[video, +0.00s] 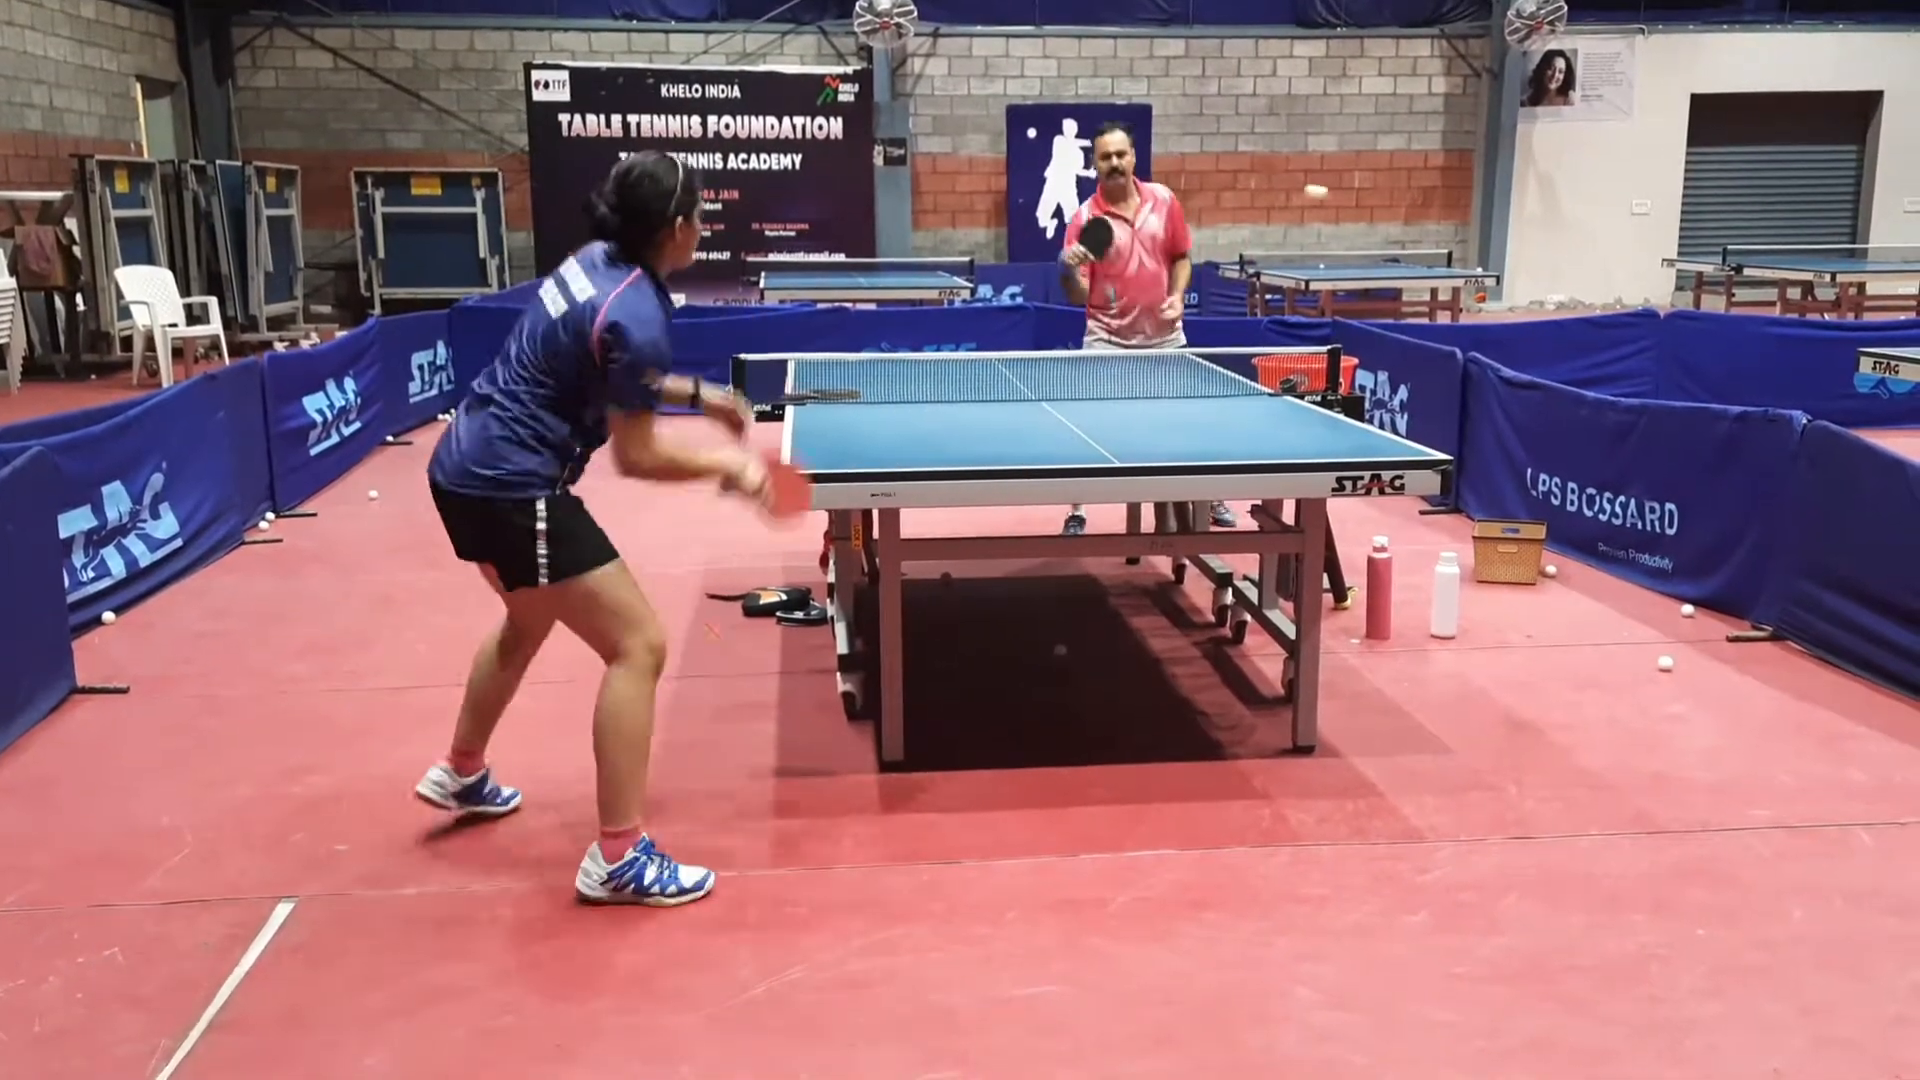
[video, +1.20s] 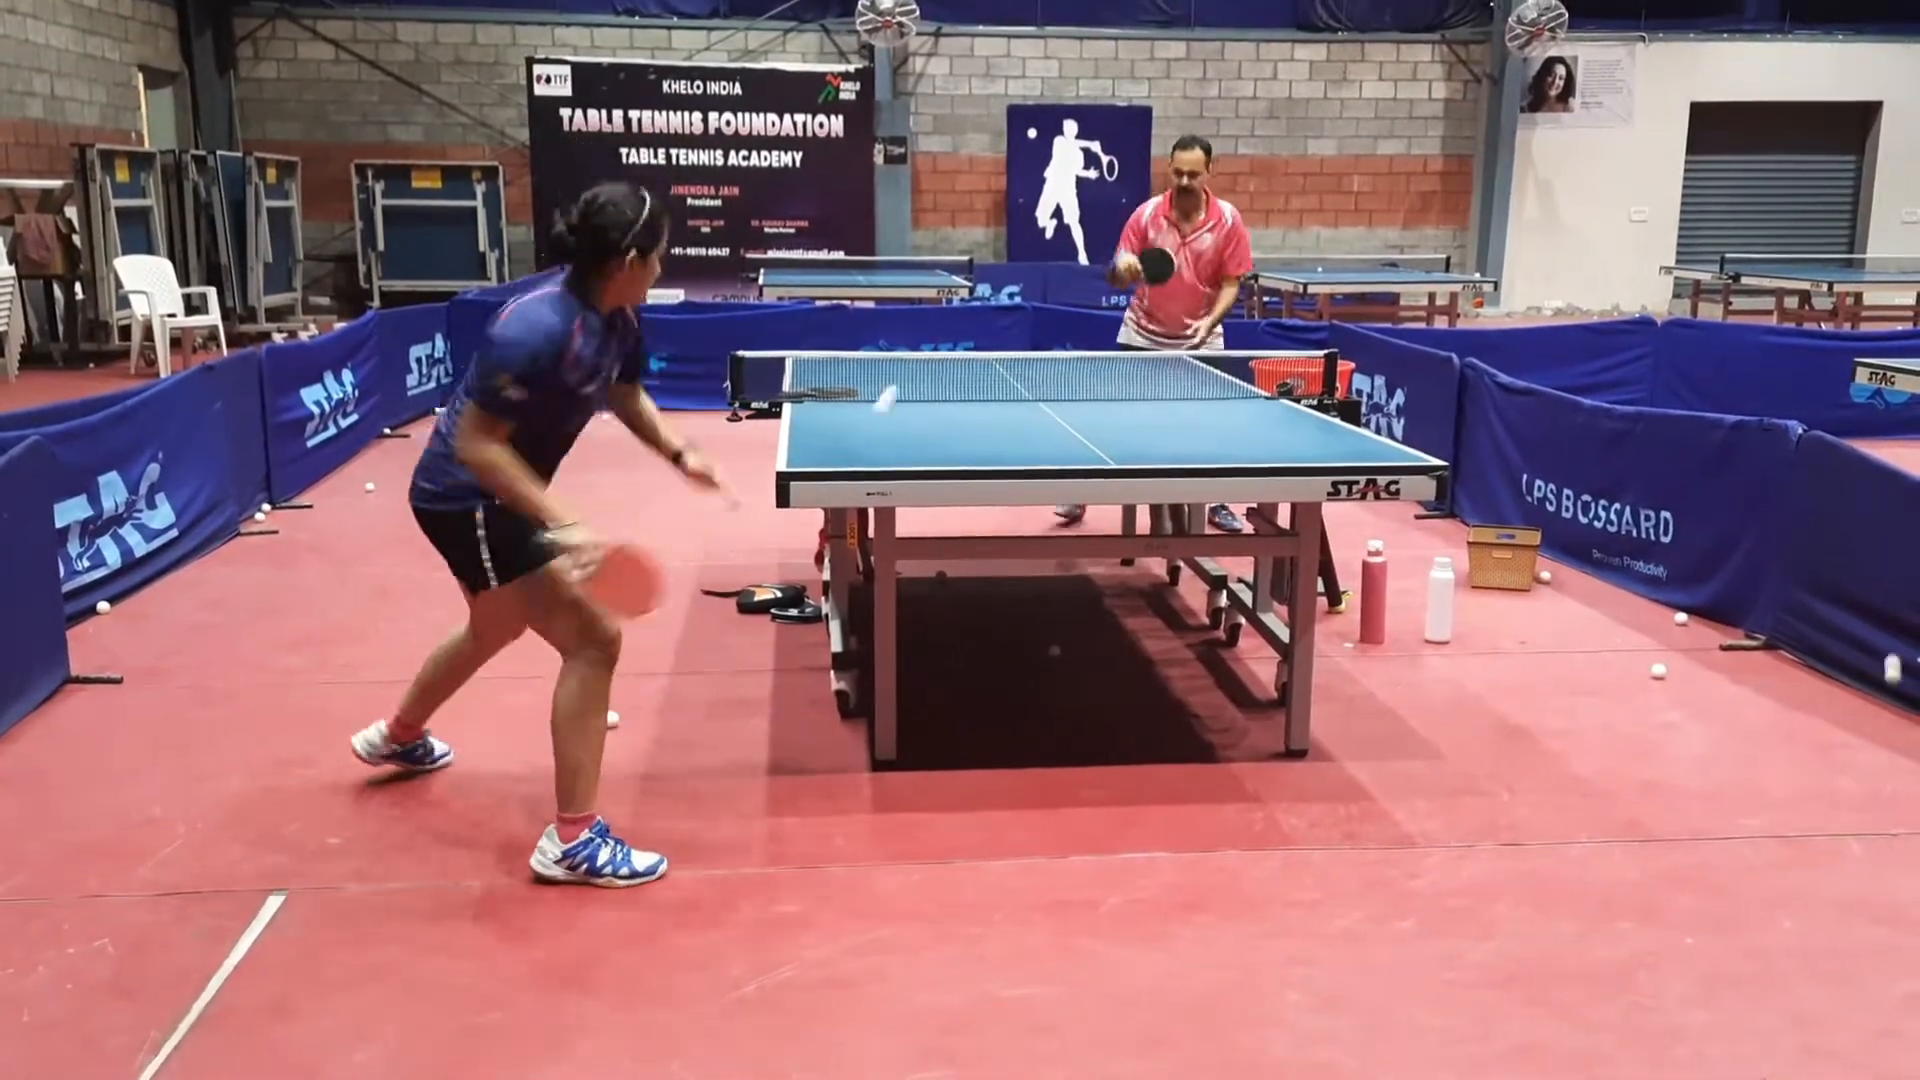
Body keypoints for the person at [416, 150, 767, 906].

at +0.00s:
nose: (698, 225)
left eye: (694, 213)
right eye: (693, 215)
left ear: (628, 220)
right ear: (672, 230)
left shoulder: (595, 261)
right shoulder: (639, 318)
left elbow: (605, 376)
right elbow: (636, 456)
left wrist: (701, 396)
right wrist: (725, 465)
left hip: (463, 466)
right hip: (514, 486)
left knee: (527, 621)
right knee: (639, 648)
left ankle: (460, 773)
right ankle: (620, 852)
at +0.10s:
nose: (703, 248)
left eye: (699, 236)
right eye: (697, 238)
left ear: (632, 246)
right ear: (674, 254)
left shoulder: (602, 289)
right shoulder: (623, 334)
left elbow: (614, 402)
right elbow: (578, 471)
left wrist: (673, 466)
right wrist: (662, 541)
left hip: (481, 486)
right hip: (509, 500)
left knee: (545, 632)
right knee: (632, 654)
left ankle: (476, 777)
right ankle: (619, 855)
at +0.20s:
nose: (691, 251)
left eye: (687, 239)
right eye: (684, 242)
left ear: (619, 250)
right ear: (663, 260)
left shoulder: (603, 302)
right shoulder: (602, 333)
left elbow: (592, 404)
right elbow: (532, 453)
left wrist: (624, 475)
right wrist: (582, 554)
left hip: (495, 493)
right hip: (506, 504)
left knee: (560, 636)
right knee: (630, 655)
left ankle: (475, 777)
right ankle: (619, 854)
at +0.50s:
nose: (631, 185)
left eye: (626, 173)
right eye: (626, 174)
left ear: (562, 183)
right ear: (605, 185)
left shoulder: (550, 241)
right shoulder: (571, 267)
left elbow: (549, 350)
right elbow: (518, 383)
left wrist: (584, 408)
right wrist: (592, 473)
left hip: (480, 459)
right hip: (505, 465)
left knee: (524, 625)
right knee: (590, 632)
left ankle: (472, 774)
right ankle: (594, 834)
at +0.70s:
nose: (623, 185)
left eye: (621, 173)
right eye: (620, 175)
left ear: (542, 181)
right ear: (603, 185)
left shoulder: (517, 239)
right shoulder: (595, 263)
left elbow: (552, 366)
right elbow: (605, 390)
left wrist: (648, 394)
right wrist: (682, 401)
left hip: (450, 460)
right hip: (509, 469)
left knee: (496, 623)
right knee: (588, 639)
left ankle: (466, 772)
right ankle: (575, 838)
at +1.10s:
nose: (665, 227)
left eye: (663, 214)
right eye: (661, 215)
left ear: (601, 218)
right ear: (637, 226)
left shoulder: (577, 262)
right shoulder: (586, 300)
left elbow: (599, 366)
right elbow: (567, 437)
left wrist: (682, 399)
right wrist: (663, 463)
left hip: (453, 459)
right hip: (481, 475)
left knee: (501, 613)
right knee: (594, 636)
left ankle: (427, 737)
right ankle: (576, 833)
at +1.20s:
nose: (659, 269)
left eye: (658, 256)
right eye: (655, 256)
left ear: (607, 258)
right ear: (626, 265)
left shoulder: (616, 319)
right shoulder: (534, 328)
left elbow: (624, 393)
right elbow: (476, 444)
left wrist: (674, 449)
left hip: (497, 494)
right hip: (464, 498)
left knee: (498, 622)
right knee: (593, 641)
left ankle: (396, 735)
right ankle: (574, 834)